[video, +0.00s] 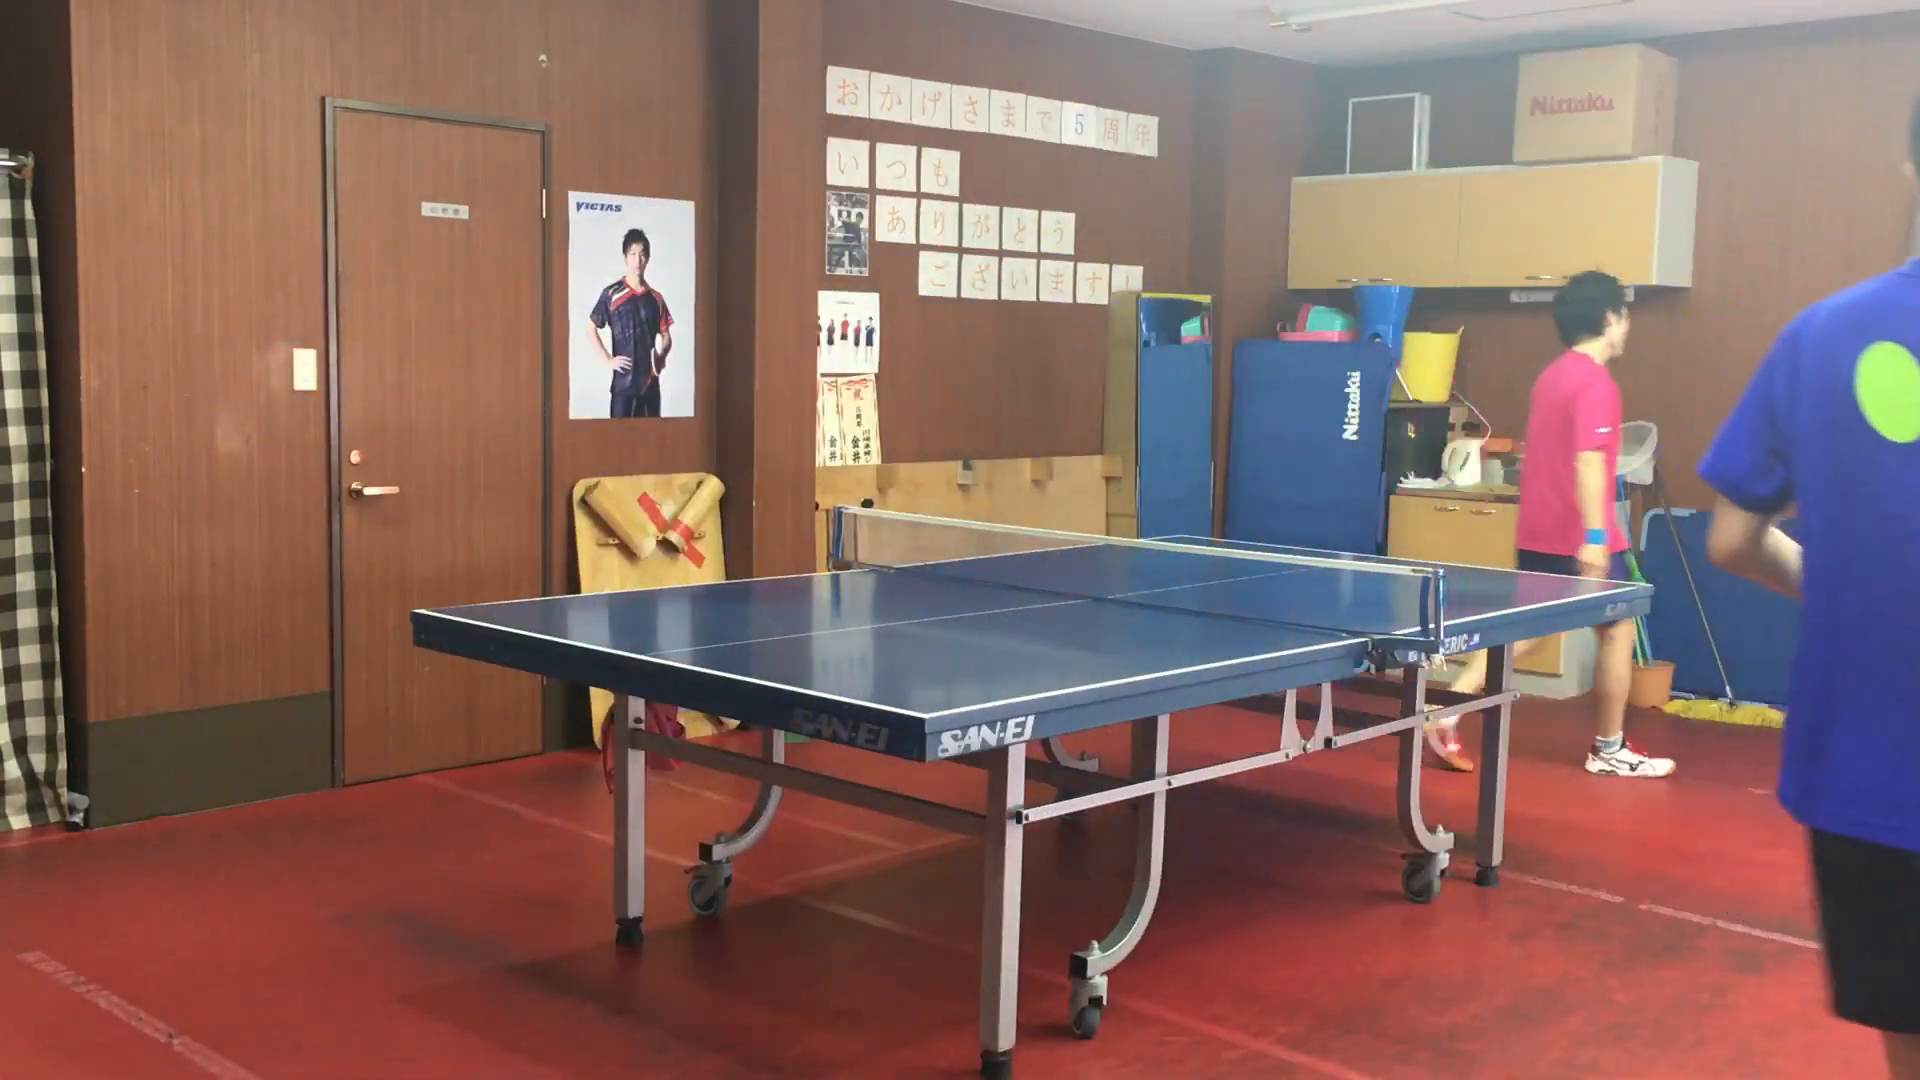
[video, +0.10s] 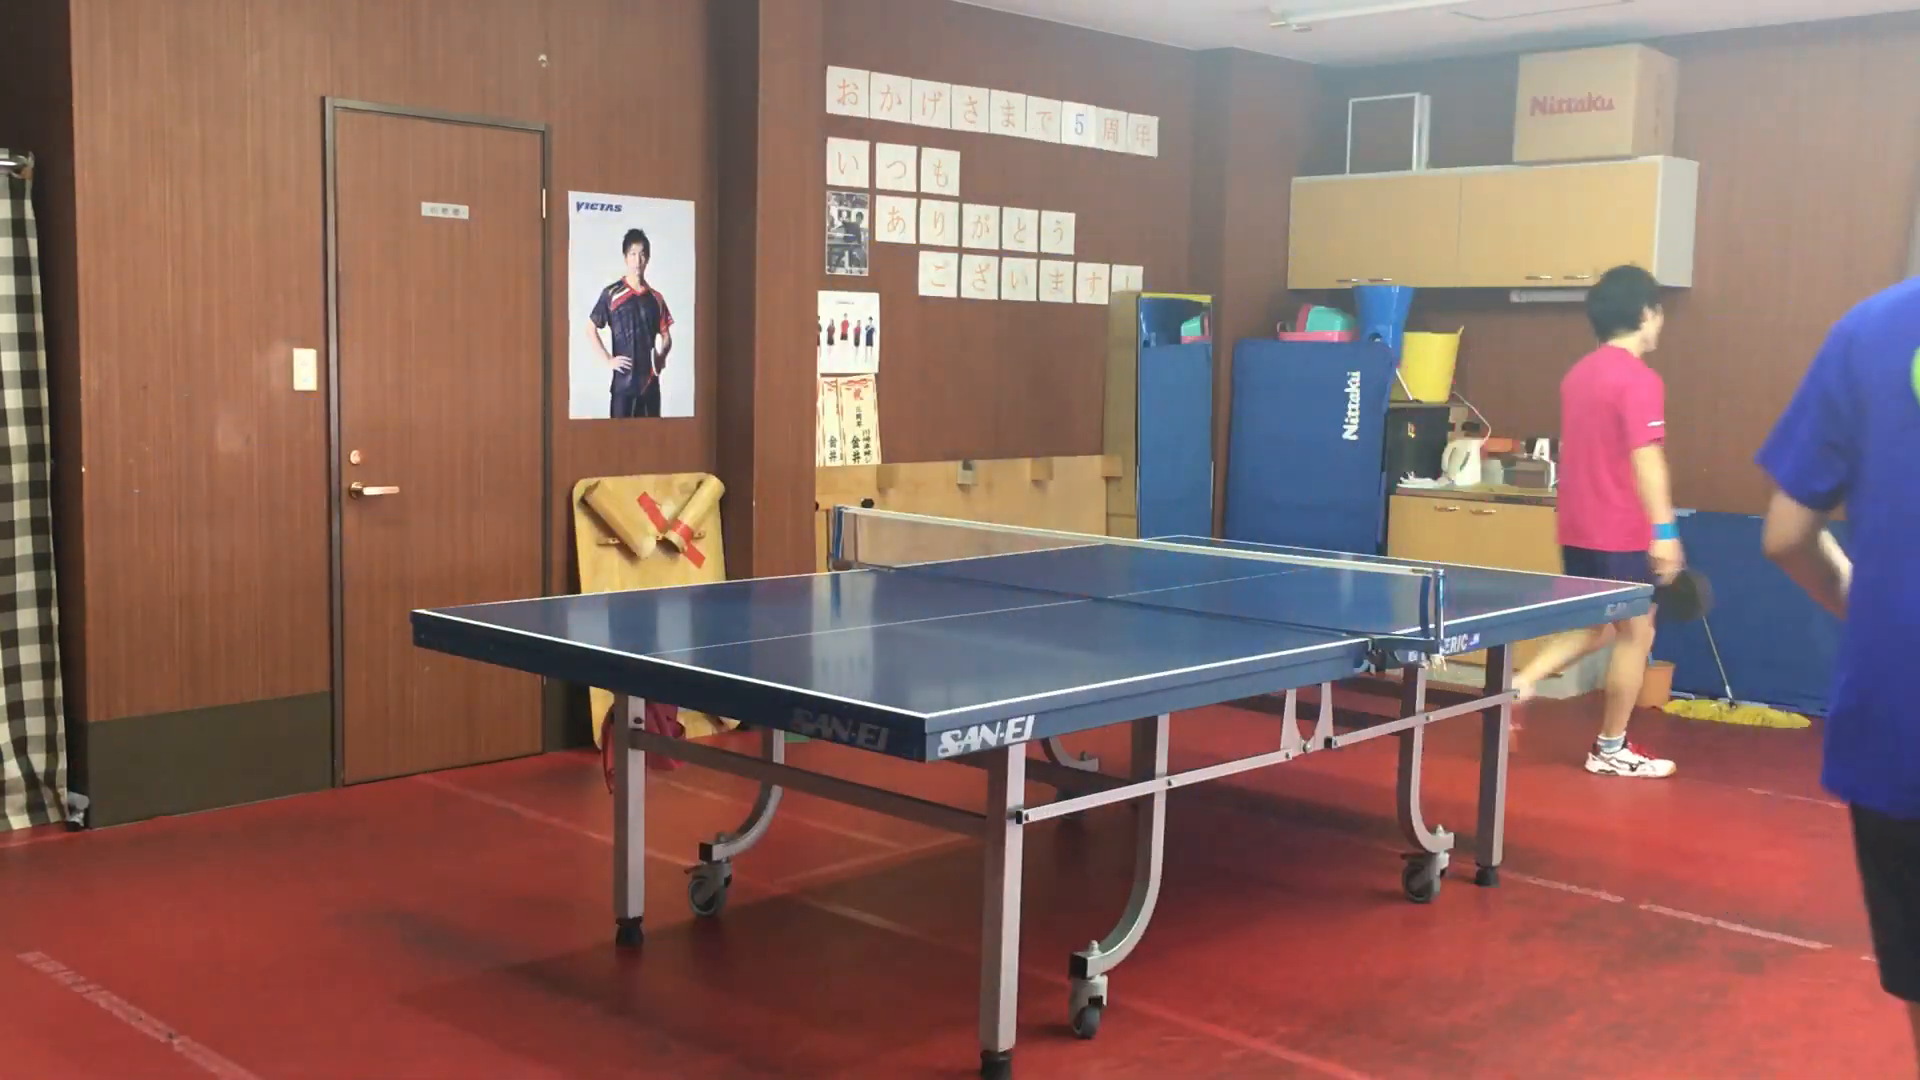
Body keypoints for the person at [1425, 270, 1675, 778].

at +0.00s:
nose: (1628, 325)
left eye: (1626, 315)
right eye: (1624, 315)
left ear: (1571, 322)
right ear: (1606, 322)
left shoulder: (1553, 375)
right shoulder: (1594, 383)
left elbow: (1541, 459)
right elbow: (1589, 463)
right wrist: (1594, 538)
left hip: (1540, 538)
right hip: (1583, 541)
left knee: (1527, 632)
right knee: (1619, 625)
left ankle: (1446, 714)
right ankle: (1610, 746)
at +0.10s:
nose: (1661, 321)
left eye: (1659, 311)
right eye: (1658, 311)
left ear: (1604, 317)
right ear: (1643, 317)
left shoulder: (1577, 375)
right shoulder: (1639, 380)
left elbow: (1577, 457)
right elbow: (1647, 460)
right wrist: (1664, 532)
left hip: (1578, 533)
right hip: (1622, 536)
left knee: (1595, 627)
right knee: (1637, 634)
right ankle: (1612, 747)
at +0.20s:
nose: (1692, 317)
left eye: (1690, 308)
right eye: (1690, 308)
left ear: (1633, 315)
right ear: (1677, 314)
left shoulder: (1604, 373)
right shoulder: (1681, 375)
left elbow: (1588, 453)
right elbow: (1703, 455)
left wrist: (1595, 514)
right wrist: (1730, 524)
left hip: (1608, 527)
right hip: (1653, 530)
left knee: (1663, 610)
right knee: (1645, 629)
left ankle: (1597, 694)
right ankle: (1612, 747)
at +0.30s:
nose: (1725, 321)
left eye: (1722, 312)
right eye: (1722, 313)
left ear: (1667, 321)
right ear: (1712, 317)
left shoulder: (1638, 376)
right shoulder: (1716, 377)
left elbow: (1616, 449)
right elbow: (1748, 454)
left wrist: (1617, 511)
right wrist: (1787, 517)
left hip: (1643, 526)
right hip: (1682, 531)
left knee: (1696, 617)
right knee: (1658, 629)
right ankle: (1613, 745)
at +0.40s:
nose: (1759, 330)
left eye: (1757, 321)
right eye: (1756, 321)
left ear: (1702, 330)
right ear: (1746, 324)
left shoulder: (1673, 385)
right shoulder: (1752, 384)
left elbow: (1652, 461)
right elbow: (1780, 459)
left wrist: (1652, 517)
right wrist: (1829, 514)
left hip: (1673, 535)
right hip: (1714, 539)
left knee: (1724, 632)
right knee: (1675, 639)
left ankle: (1757, 733)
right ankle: (1615, 742)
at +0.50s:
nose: (1794, 335)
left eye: (1791, 326)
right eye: (1792, 326)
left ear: (1738, 335)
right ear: (1781, 328)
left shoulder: (1710, 387)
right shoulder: (1788, 383)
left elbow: (1688, 463)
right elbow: (1800, 458)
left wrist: (1696, 522)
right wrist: (1845, 511)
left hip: (1712, 534)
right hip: (1755, 538)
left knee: (1754, 632)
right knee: (1735, 638)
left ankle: (1768, 735)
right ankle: (1639, 723)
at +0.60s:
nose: (1830, 335)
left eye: (1829, 326)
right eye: (1828, 326)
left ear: (1777, 331)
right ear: (1815, 327)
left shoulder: (1743, 383)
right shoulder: (1815, 374)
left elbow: (1724, 459)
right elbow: (1814, 445)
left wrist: (1733, 518)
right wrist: (1856, 501)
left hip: (1747, 527)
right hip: (1790, 529)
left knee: (1772, 624)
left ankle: (1770, 734)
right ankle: (1703, 699)